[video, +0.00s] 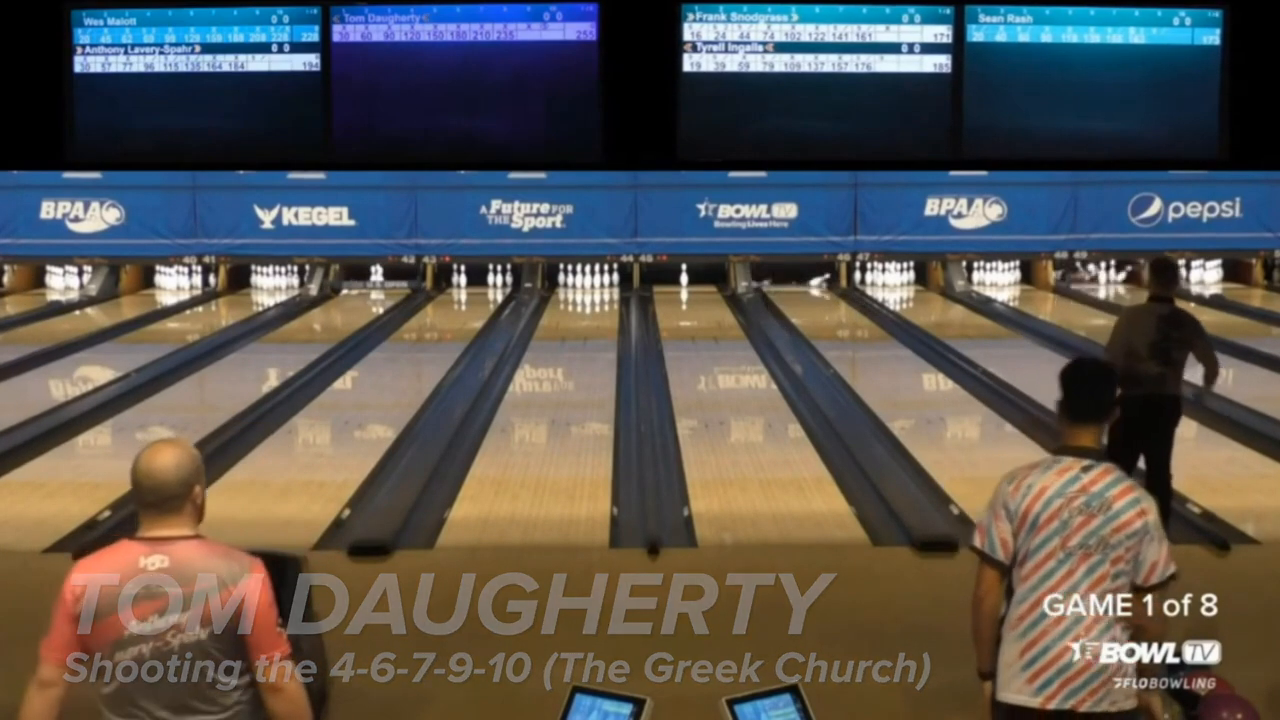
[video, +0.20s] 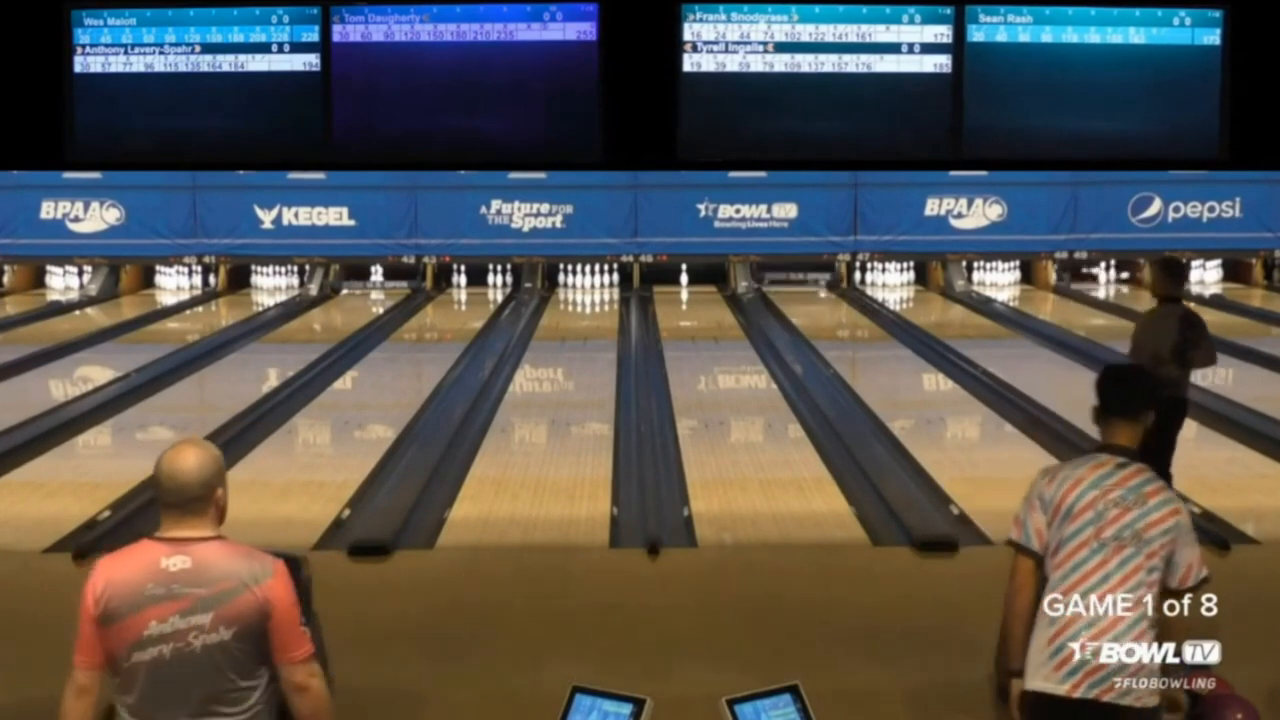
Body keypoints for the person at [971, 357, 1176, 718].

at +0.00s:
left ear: (1060, 409)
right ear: (1114, 415)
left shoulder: (1018, 486)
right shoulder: (1137, 503)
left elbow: (987, 593)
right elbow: (1148, 610)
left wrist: (987, 673)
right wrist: (1147, 682)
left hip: (1024, 688)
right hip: (1104, 693)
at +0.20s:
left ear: (1096, 416)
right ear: (1150, 419)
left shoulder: (1055, 482)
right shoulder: (1167, 503)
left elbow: (1024, 582)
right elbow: (1177, 601)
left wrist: (1014, 670)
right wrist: (1173, 678)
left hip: (1053, 686)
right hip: (1129, 693)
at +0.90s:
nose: (1188, 486)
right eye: (1188, 480)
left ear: (1140, 469)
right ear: (1185, 481)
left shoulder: (1108, 498)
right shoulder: (1193, 525)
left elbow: (1077, 585)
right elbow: (1205, 610)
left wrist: (1062, 658)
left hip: (1108, 681)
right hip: (1177, 693)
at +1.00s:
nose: (1189, 488)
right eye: (1189, 482)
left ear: (1139, 469)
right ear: (1188, 482)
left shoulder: (1106, 498)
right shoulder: (1194, 527)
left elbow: (1074, 589)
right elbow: (1206, 614)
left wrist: (1063, 659)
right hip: (1179, 693)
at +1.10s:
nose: (1188, 488)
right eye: (1189, 482)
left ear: (1139, 469)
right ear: (1188, 482)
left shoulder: (1106, 498)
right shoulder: (1194, 527)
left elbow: (1074, 589)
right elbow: (1206, 615)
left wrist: (1063, 660)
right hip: (1179, 693)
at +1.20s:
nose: (1189, 491)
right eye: (1190, 485)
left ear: (1140, 471)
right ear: (1187, 485)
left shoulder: (1108, 497)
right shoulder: (1195, 528)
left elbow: (1073, 583)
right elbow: (1207, 614)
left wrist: (1062, 657)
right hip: (1179, 690)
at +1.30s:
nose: (1188, 490)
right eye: (1188, 483)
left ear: (1140, 471)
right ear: (1186, 481)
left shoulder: (1109, 497)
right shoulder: (1194, 526)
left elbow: (1075, 580)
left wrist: (1063, 657)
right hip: (1178, 690)